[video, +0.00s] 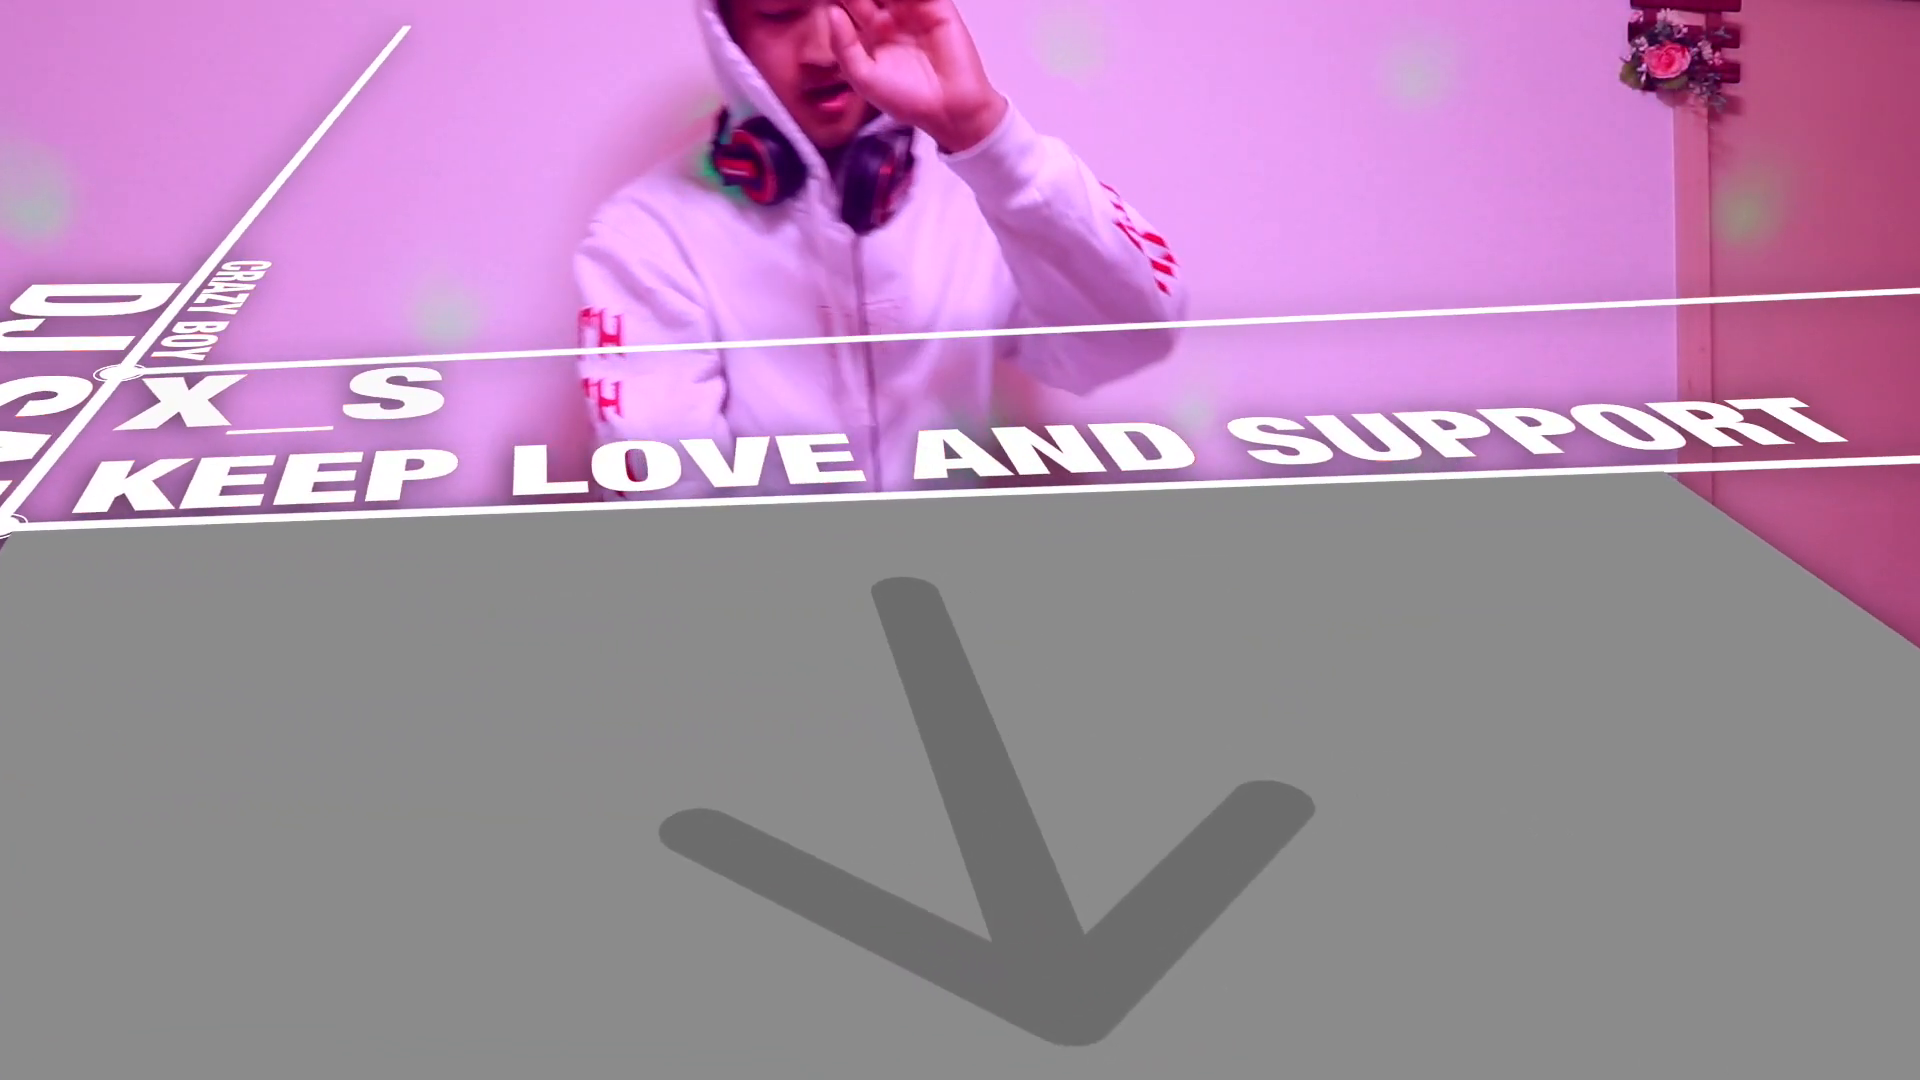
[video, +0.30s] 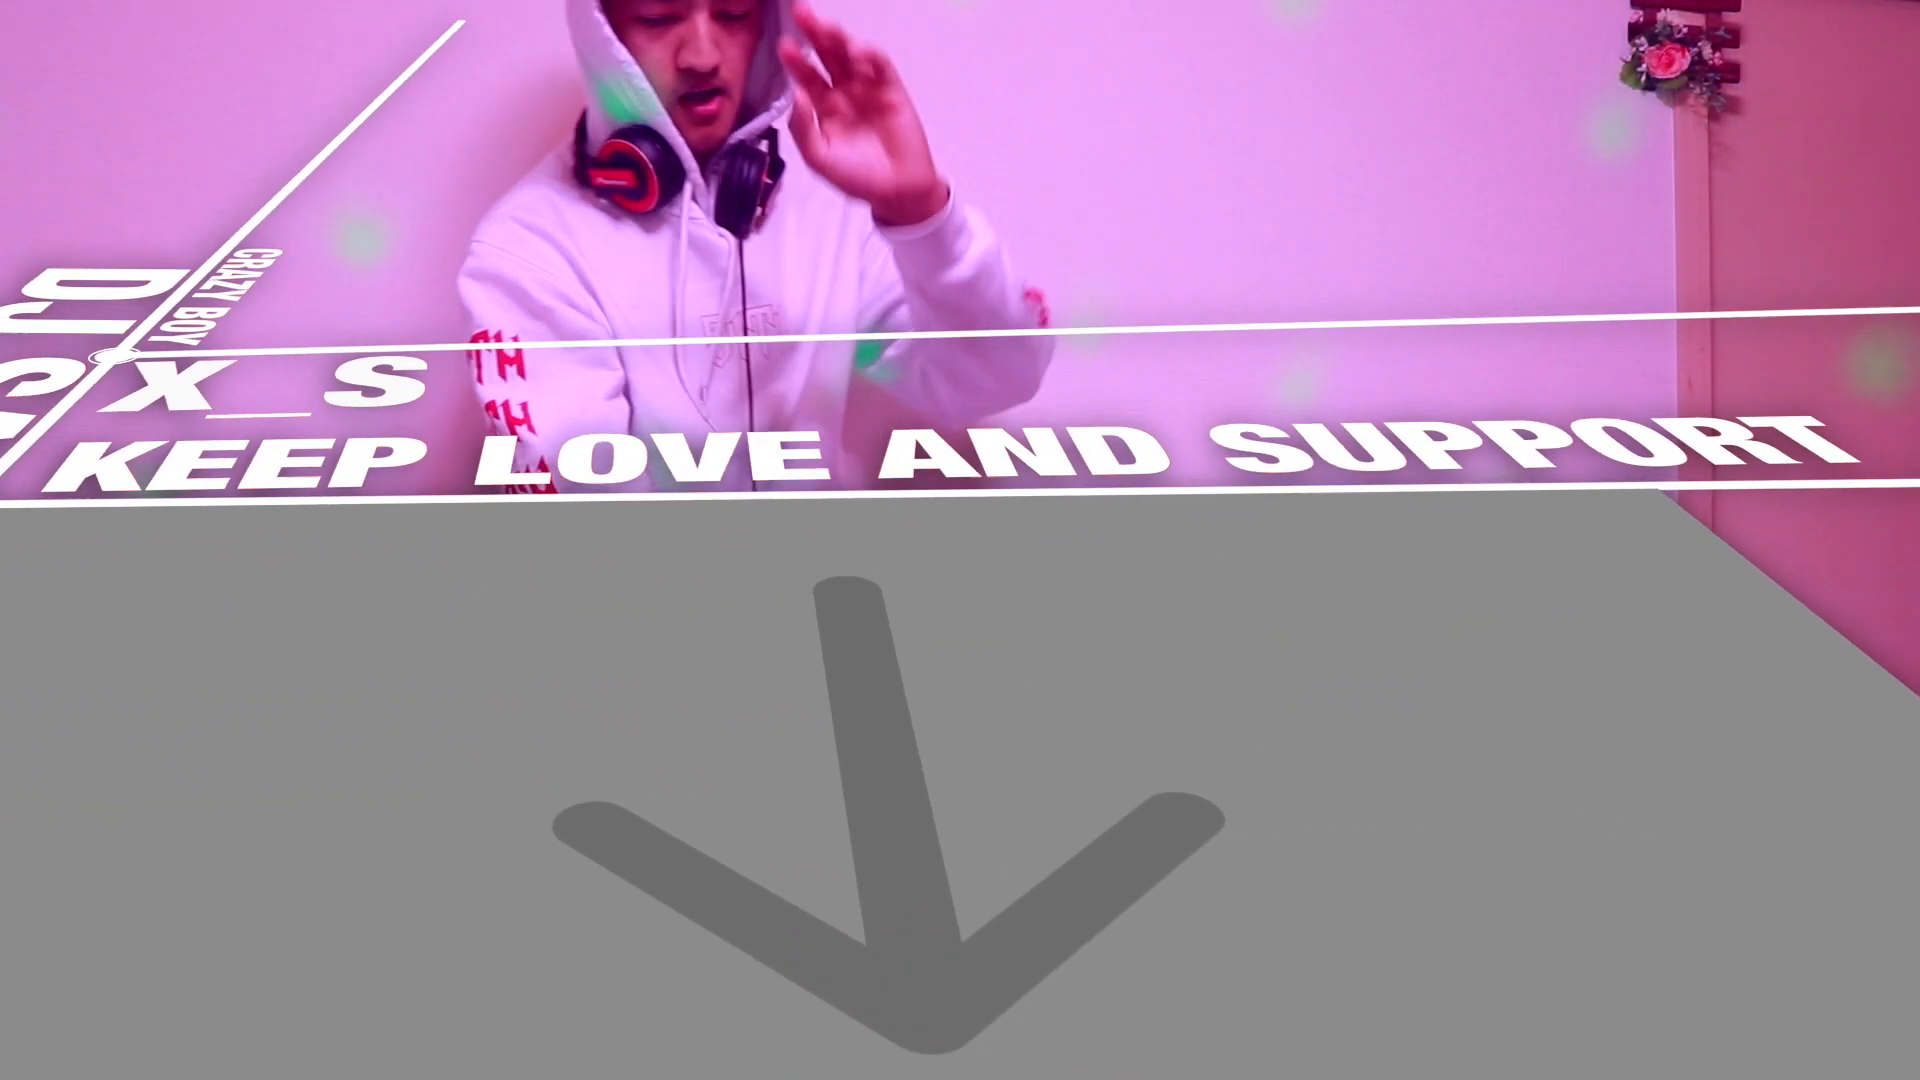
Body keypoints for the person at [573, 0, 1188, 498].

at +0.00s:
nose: (828, 46)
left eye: (855, 6)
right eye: (782, 16)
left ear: (901, 19)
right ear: (724, 37)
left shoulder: (976, 188)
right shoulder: (651, 232)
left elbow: (1135, 334)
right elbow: (660, 479)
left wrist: (980, 132)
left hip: (971, 559)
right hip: (770, 582)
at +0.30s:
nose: (702, 54)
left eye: (732, 16)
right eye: (659, 19)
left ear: (769, 26)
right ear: (598, 34)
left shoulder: (843, 187)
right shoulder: (530, 242)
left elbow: (996, 383)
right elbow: (584, 478)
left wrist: (917, 210)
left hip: (833, 553)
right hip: (645, 579)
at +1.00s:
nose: (875, 57)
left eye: (914, 20)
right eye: (844, 14)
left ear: (962, 28)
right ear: (788, 18)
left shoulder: (1032, 225)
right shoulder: (671, 203)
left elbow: (1098, 480)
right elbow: (549, 437)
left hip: (952, 595)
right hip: (714, 587)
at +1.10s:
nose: (898, 40)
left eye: (938, 10)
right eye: (867, 4)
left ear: (985, 29)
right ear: (820, 16)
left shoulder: (1065, 223)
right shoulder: (698, 201)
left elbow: (1152, 472)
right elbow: (518, 397)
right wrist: (465, 259)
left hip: (996, 601)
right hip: (753, 591)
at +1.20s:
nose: (890, 47)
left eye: (930, 12)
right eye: (856, 10)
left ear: (989, 25)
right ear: (812, 24)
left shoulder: (1081, 234)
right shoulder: (685, 206)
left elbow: (1222, 447)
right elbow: (477, 286)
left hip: (1016, 620)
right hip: (759, 610)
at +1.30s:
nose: (870, 30)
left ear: (969, 8)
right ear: (794, 9)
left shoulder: (1082, 203)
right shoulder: (683, 172)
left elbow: (1276, 391)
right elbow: (456, 170)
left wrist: (1210, 392)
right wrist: (562, 7)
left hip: (1028, 612)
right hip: (770, 606)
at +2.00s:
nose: (627, 42)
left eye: (659, 7)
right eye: (592, 6)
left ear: (698, 12)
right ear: (531, 7)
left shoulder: (774, 183)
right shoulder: (427, 200)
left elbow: (863, 417)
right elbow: (411, 458)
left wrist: (1013, 296)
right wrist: (680, 479)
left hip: (744, 590)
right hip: (516, 595)